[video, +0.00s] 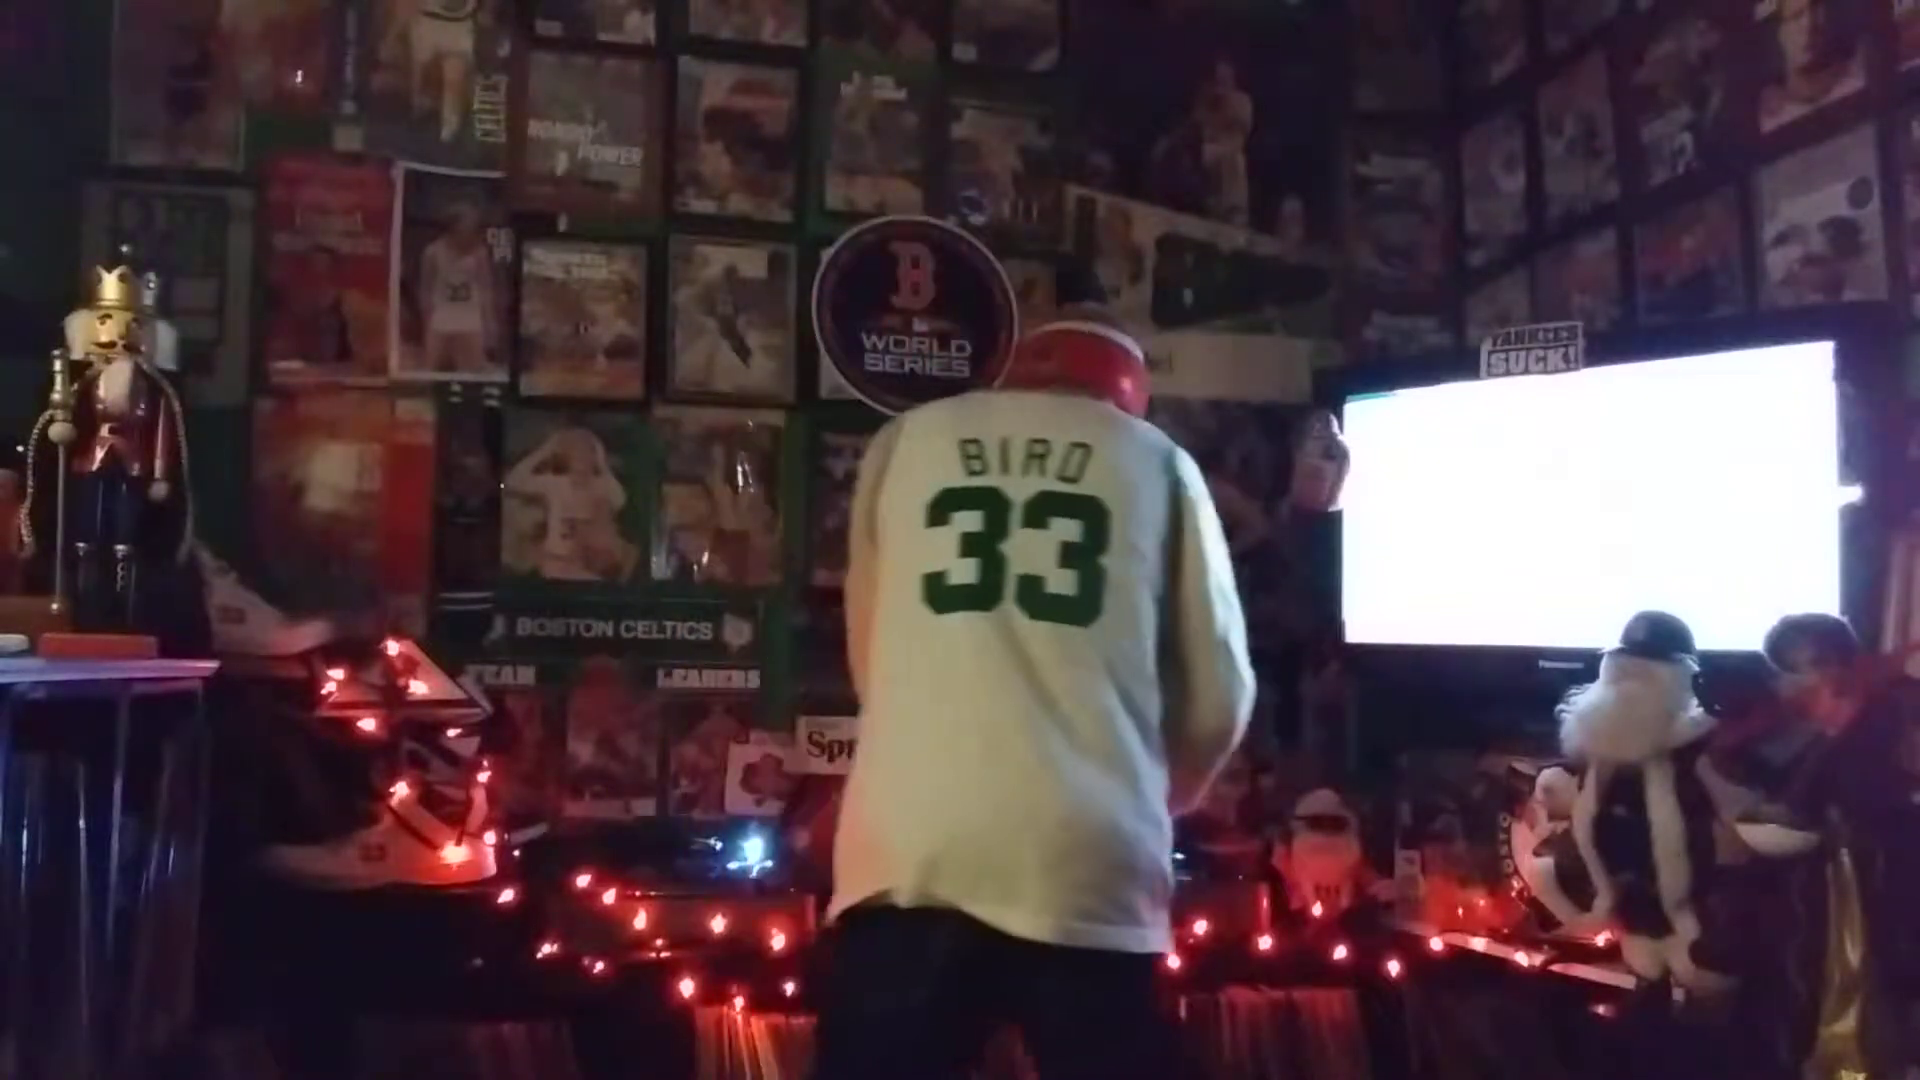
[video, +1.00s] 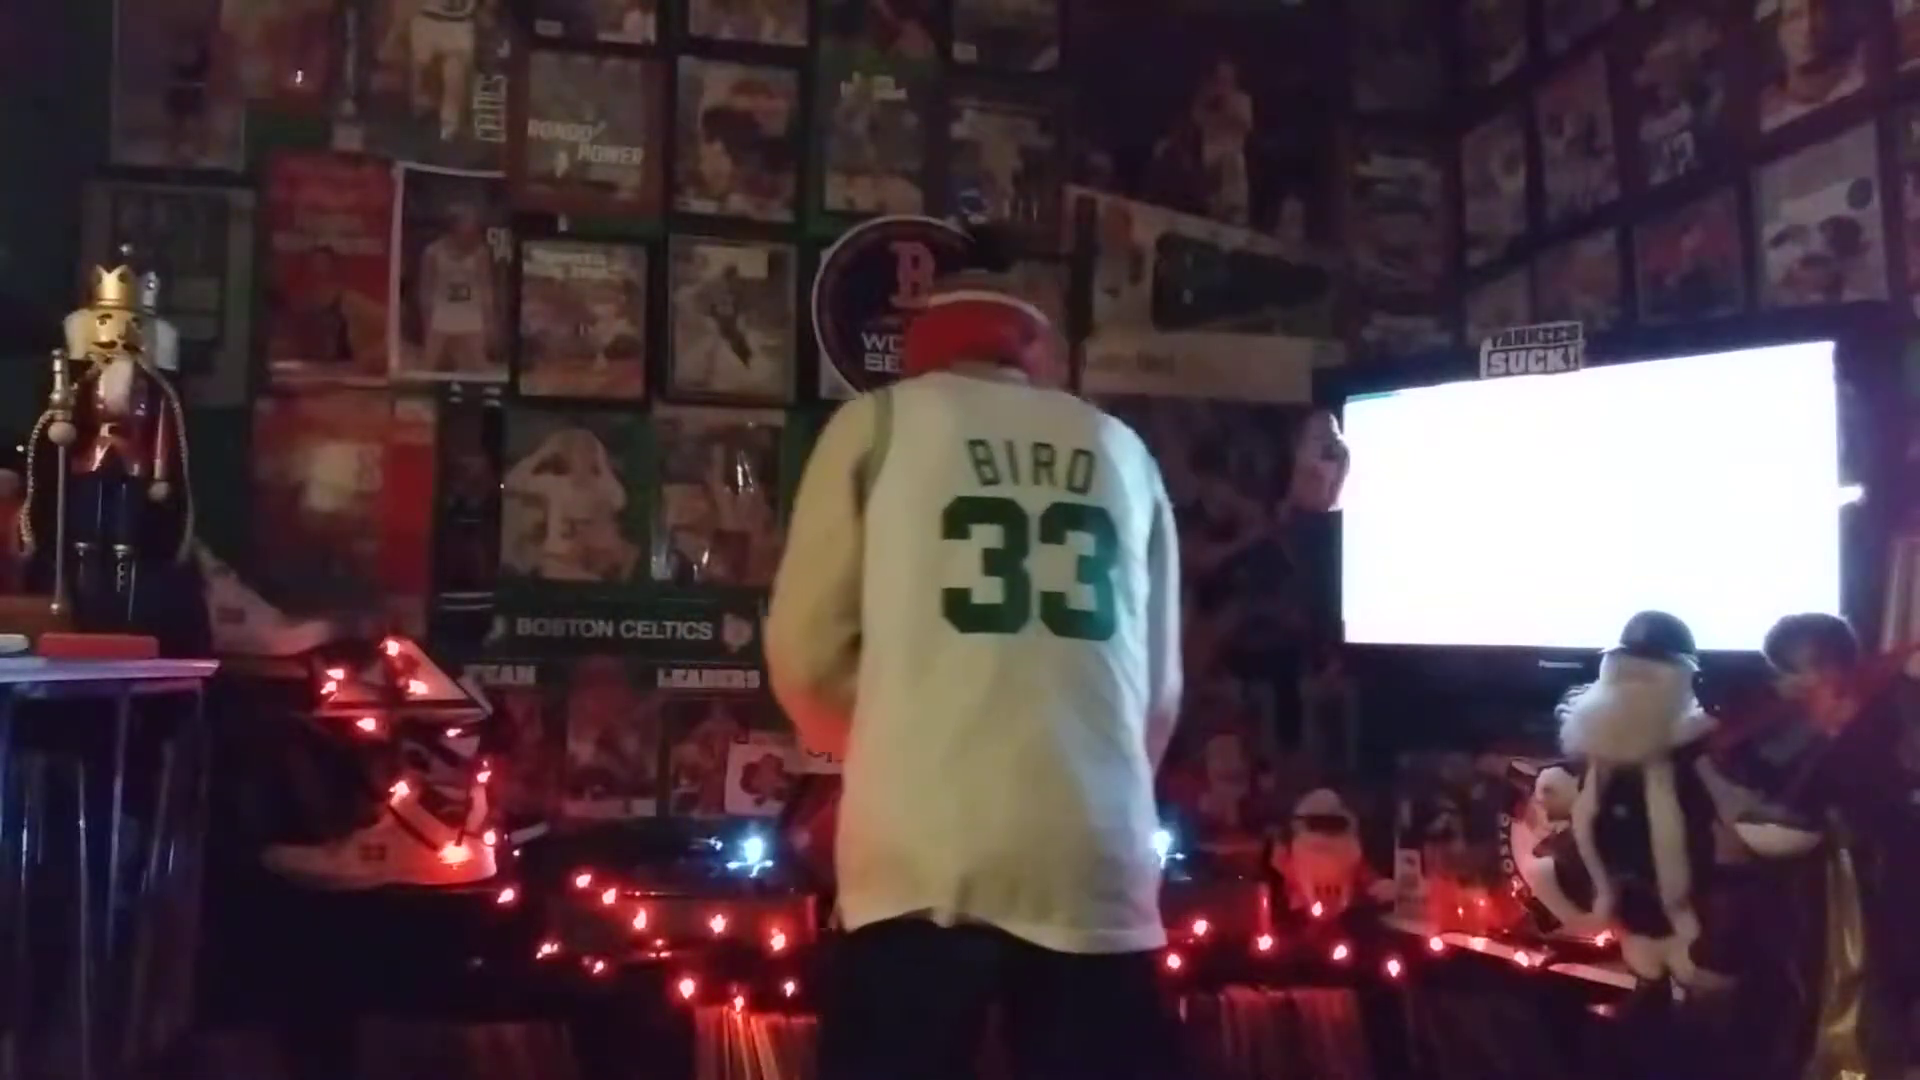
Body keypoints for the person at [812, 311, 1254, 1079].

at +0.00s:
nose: (1144, 413)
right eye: (1141, 402)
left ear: (1014, 370)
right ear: (1128, 396)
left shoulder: (903, 440)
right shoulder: (1159, 461)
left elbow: (868, 656)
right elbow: (1218, 699)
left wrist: (932, 767)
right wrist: (1140, 816)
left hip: (902, 859)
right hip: (1089, 871)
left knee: (873, 1065)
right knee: (1113, 1066)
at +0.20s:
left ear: (1035, 369)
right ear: (1148, 392)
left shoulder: (936, 434)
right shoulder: (1194, 467)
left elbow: (889, 661)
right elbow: (1253, 699)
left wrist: (959, 767)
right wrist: (1157, 802)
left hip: (943, 854)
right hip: (1128, 869)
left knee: (914, 1066)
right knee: (1140, 1066)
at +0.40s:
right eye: (1155, 384)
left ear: (1036, 366)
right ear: (1155, 390)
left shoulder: (950, 426)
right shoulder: (1210, 471)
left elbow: (898, 644)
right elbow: (1235, 712)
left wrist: (961, 769)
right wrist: (1148, 812)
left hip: (969, 838)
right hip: (1151, 858)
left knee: (919, 1065)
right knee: (1145, 1065)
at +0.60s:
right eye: (1145, 371)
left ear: (1023, 348)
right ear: (1137, 368)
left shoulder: (946, 418)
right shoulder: (1202, 467)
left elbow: (884, 650)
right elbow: (1212, 704)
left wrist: (961, 761)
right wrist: (1110, 782)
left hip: (976, 830)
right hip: (1154, 855)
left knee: (932, 1063)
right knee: (1146, 1064)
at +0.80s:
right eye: (1096, 358)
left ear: (975, 350)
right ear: (1082, 358)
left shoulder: (921, 418)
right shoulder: (1174, 458)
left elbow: (843, 643)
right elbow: (1201, 699)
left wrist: (932, 758)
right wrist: (1118, 792)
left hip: (955, 844)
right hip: (1134, 863)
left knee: (927, 1068)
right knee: (1129, 1068)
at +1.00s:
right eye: (1053, 353)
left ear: (919, 357)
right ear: (1034, 357)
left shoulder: (871, 423)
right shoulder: (1127, 452)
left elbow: (803, 651)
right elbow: (1160, 690)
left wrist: (882, 753)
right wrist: (1095, 795)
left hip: (912, 856)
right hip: (1094, 865)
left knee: (892, 1067)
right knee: (1104, 1068)